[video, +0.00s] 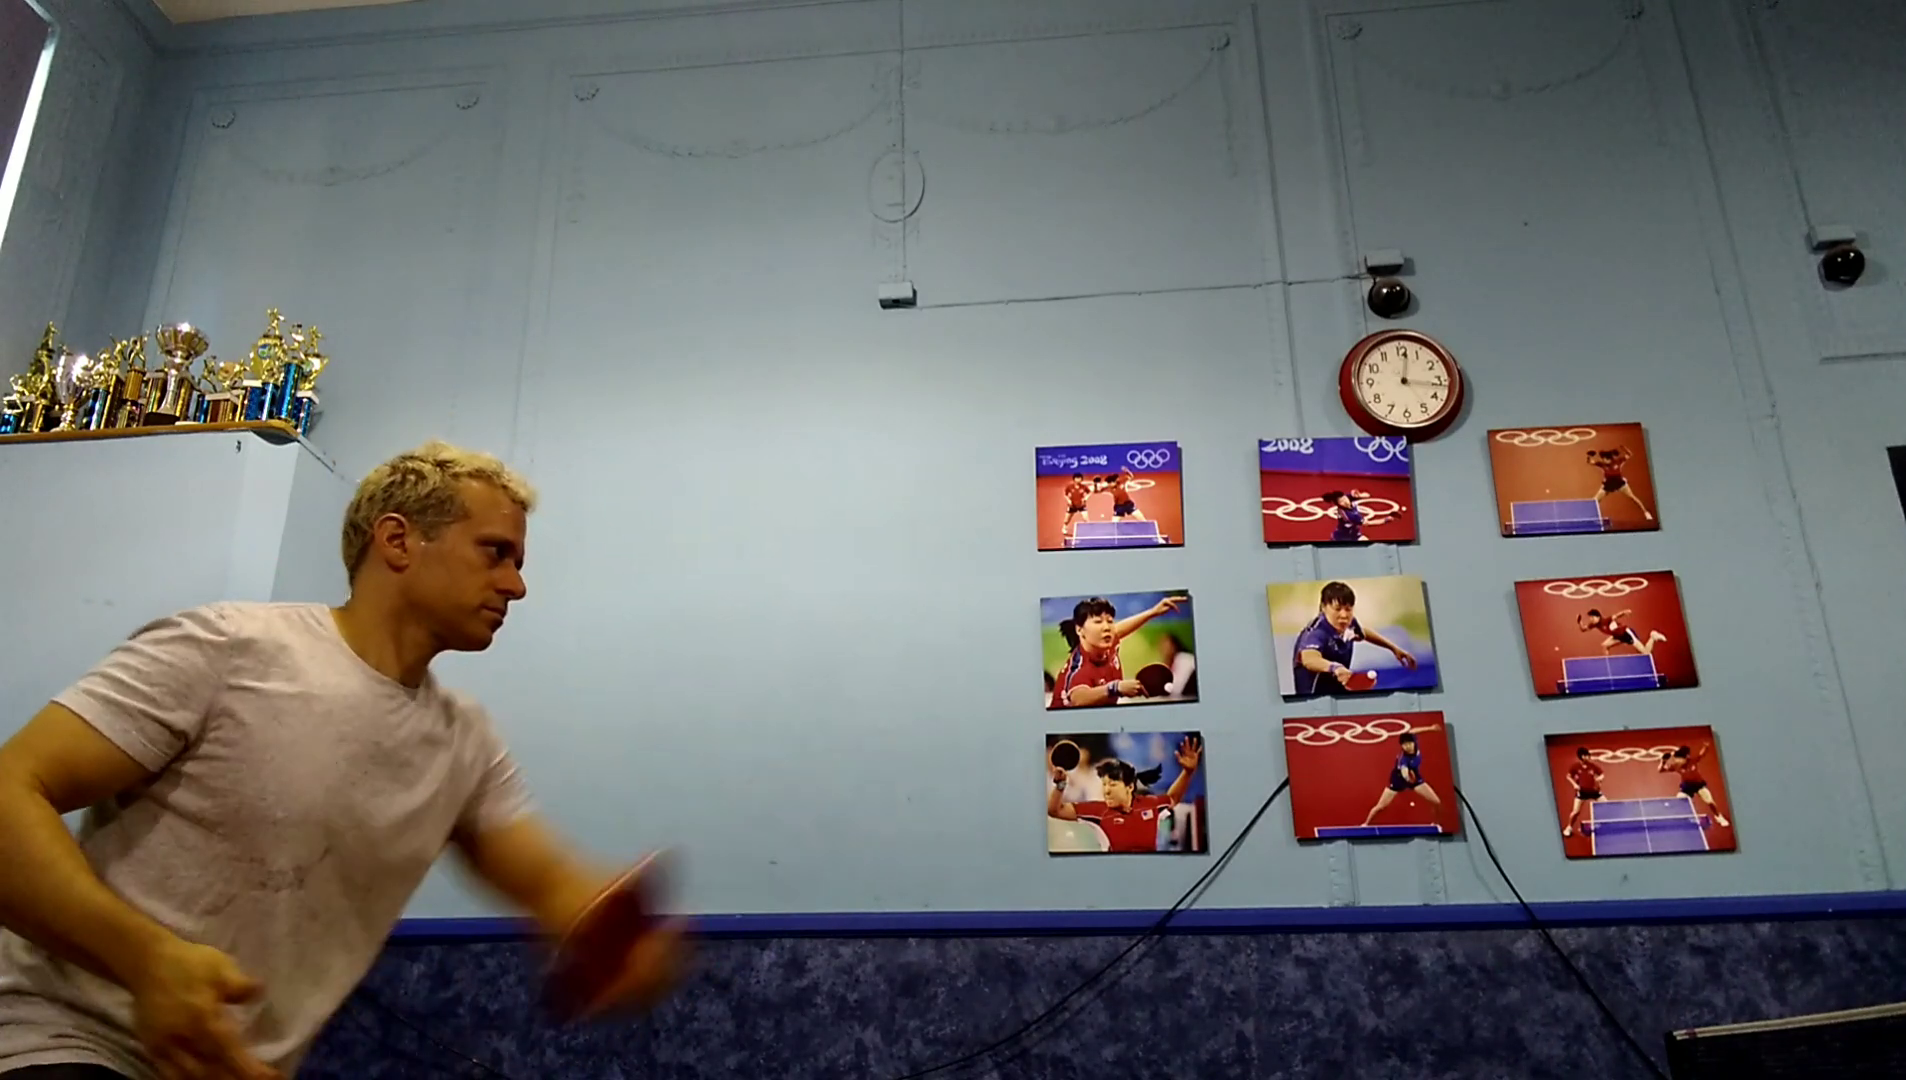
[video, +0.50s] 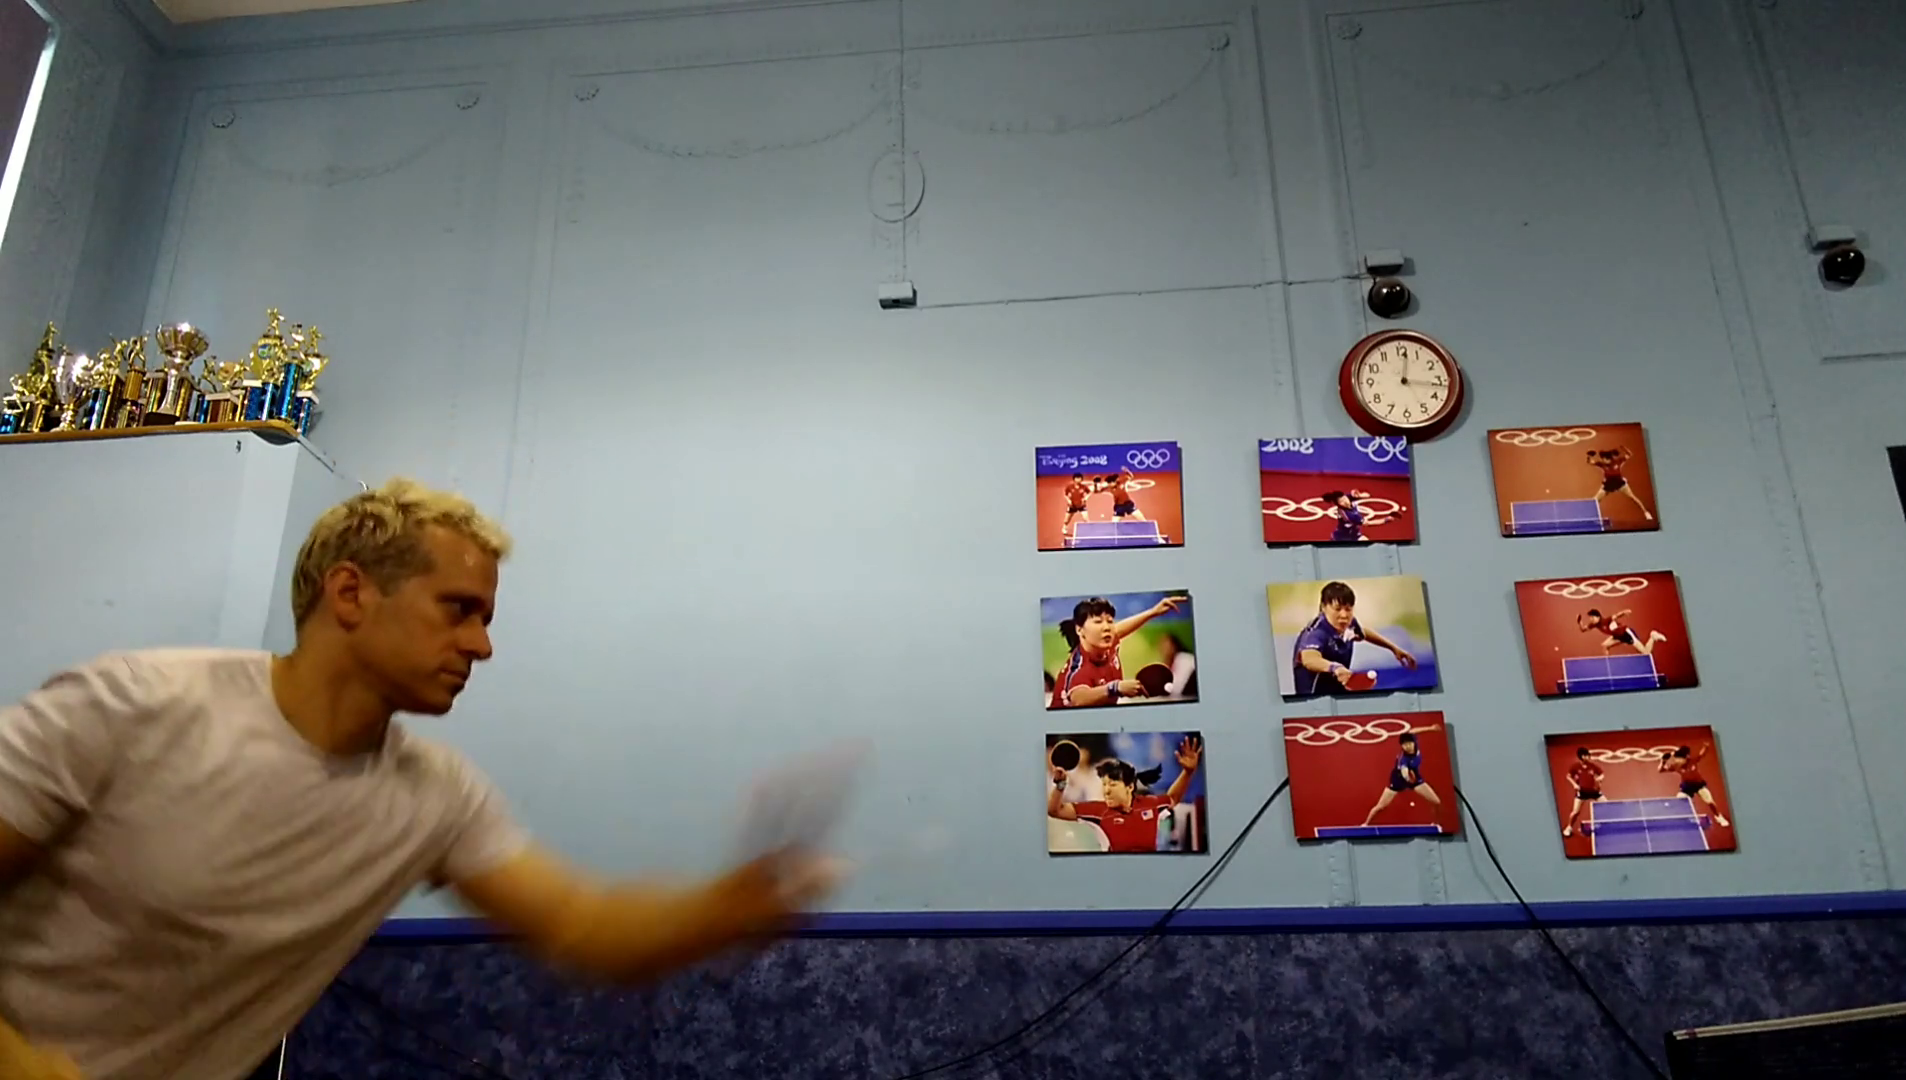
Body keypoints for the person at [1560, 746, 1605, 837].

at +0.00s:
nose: (1587, 758)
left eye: (1588, 755)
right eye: (1585, 756)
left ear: (1589, 756)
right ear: (1581, 757)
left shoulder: (1592, 766)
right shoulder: (1576, 766)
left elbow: (1602, 774)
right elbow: (1568, 776)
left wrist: (1598, 779)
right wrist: (1574, 785)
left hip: (1594, 791)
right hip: (1582, 791)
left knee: (1606, 806)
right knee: (1576, 812)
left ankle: (1607, 826)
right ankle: (1569, 827)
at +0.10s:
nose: (1587, 758)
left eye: (1588, 755)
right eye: (1585, 756)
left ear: (1589, 756)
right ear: (1581, 757)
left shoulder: (1592, 766)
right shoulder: (1576, 767)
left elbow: (1602, 774)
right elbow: (1568, 776)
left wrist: (1598, 779)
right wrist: (1574, 785)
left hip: (1594, 791)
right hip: (1582, 791)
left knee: (1606, 806)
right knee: (1576, 812)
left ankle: (1607, 826)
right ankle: (1569, 827)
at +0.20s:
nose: (1587, 758)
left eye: (1588, 755)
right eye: (1585, 756)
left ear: (1589, 756)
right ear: (1581, 757)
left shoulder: (1592, 766)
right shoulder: (1576, 766)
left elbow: (1602, 774)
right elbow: (1569, 776)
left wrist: (1598, 779)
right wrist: (1574, 785)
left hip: (1594, 791)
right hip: (1582, 791)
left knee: (1606, 805)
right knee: (1576, 812)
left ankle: (1607, 826)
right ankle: (1569, 827)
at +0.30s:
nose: (1587, 758)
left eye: (1588, 755)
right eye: (1585, 756)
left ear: (1589, 756)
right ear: (1581, 757)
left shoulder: (1592, 766)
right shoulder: (1576, 766)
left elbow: (1602, 774)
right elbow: (1569, 776)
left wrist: (1598, 779)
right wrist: (1574, 785)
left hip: (1594, 791)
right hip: (1582, 791)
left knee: (1606, 805)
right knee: (1576, 811)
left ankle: (1607, 826)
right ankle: (1569, 827)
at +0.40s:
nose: (1587, 758)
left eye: (1588, 755)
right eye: (1585, 755)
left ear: (1589, 756)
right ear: (1581, 757)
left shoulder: (1592, 766)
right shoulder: (1576, 766)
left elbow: (1602, 774)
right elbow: (1568, 776)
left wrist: (1598, 779)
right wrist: (1574, 785)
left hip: (1594, 791)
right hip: (1582, 791)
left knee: (1606, 806)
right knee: (1576, 812)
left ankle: (1607, 826)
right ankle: (1569, 827)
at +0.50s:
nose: (1587, 757)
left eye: (1588, 755)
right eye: (1585, 755)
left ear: (1589, 756)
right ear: (1581, 757)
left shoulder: (1592, 766)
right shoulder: (1576, 767)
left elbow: (1602, 774)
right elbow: (1568, 776)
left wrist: (1598, 779)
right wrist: (1574, 785)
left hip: (1594, 791)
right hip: (1582, 791)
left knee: (1606, 805)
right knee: (1576, 812)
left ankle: (1606, 826)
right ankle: (1569, 827)